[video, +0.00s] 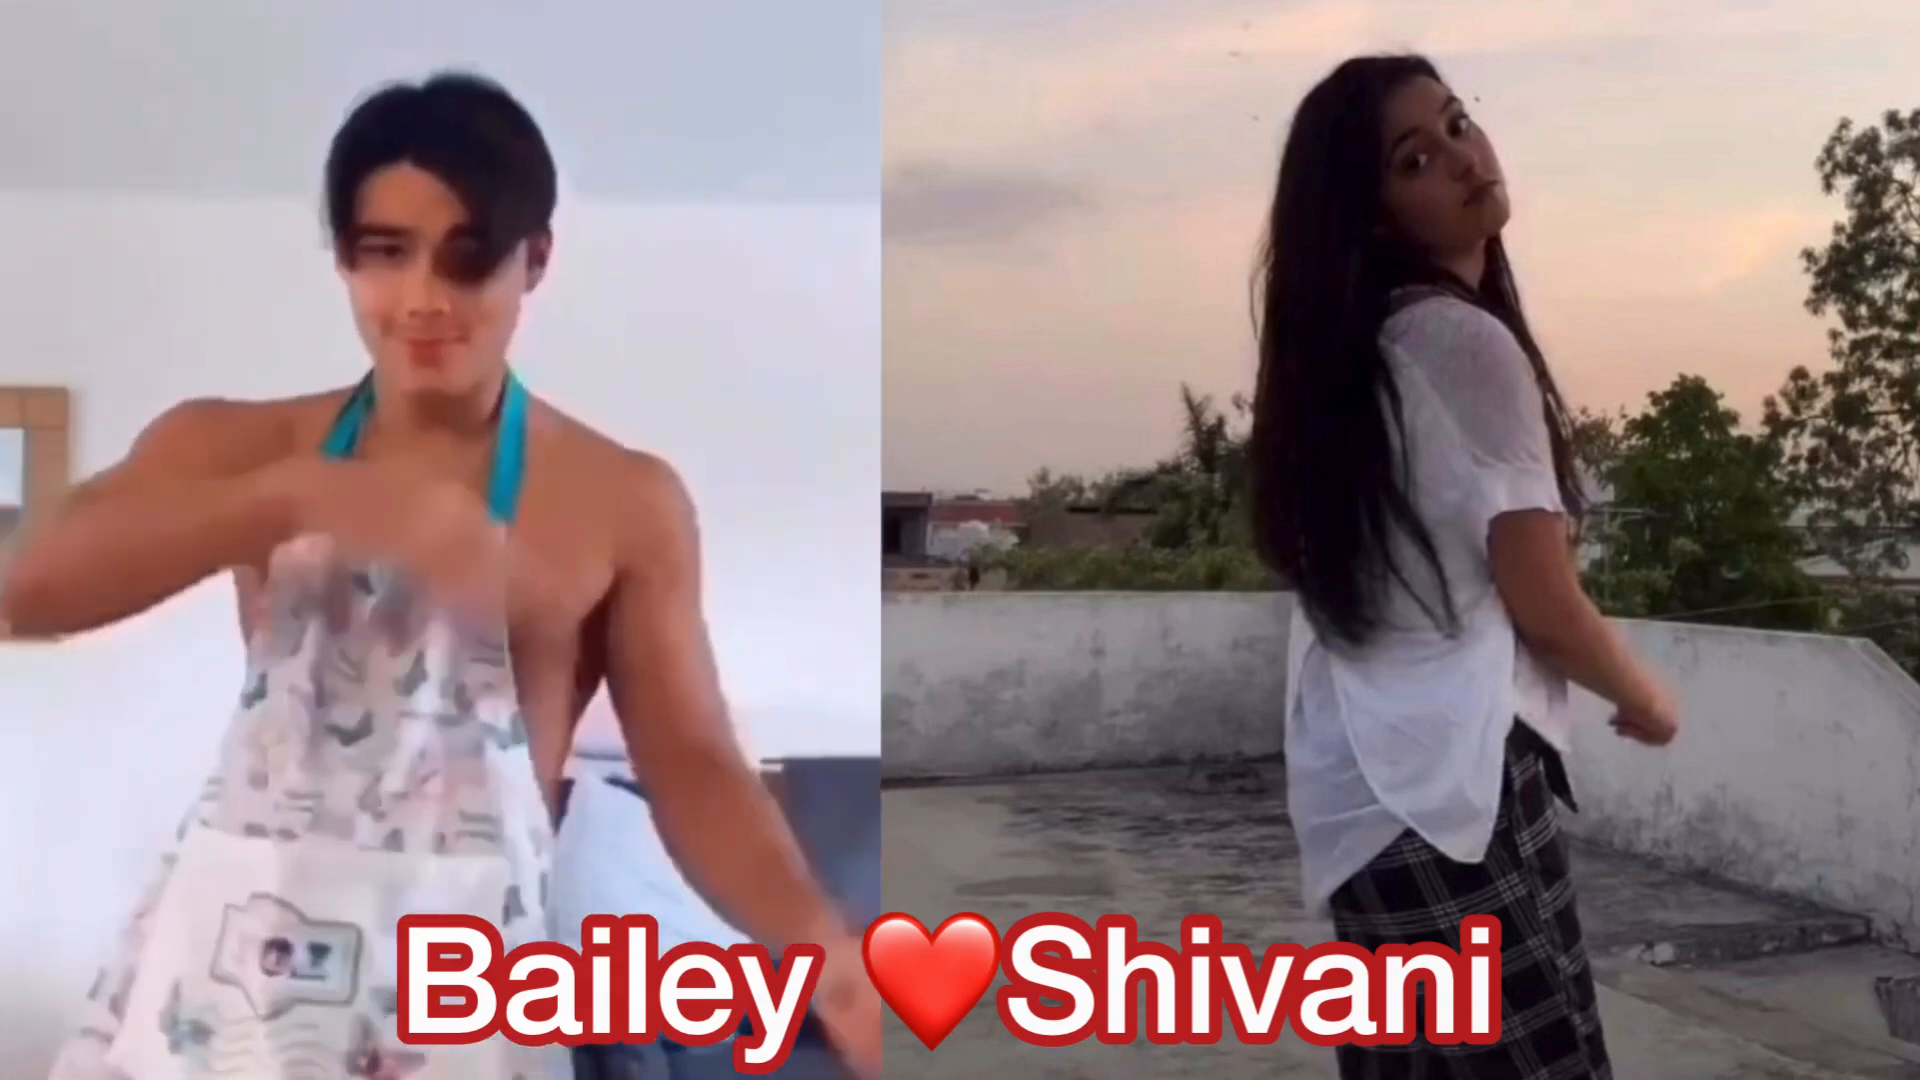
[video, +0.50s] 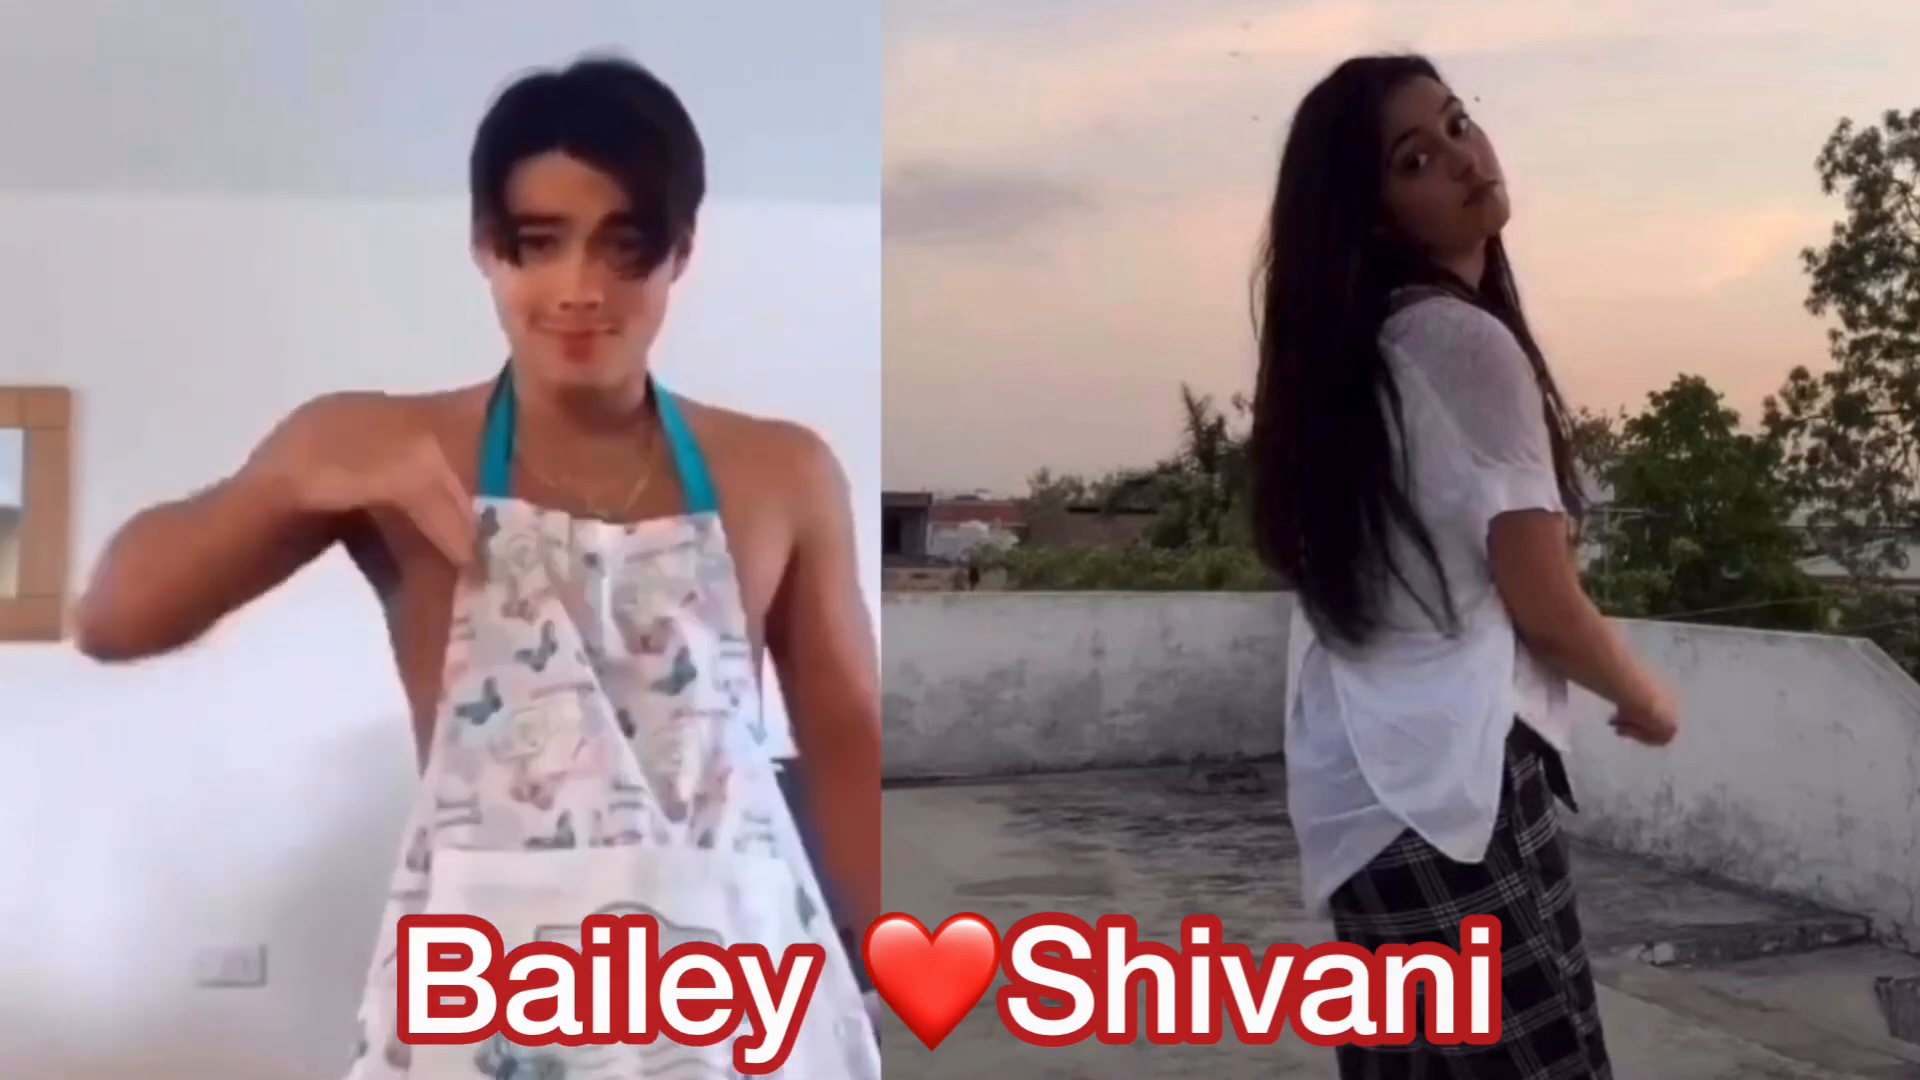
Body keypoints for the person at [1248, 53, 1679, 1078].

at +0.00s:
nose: (1466, 157)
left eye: (1459, 125)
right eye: (1417, 158)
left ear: (1480, 128)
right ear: (1370, 211)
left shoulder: (1353, 333)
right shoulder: (1465, 339)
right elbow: (1546, 604)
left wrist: (1560, 666)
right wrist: (1643, 697)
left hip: (1361, 783)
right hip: (1452, 789)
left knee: (1397, 1056)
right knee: (1545, 1056)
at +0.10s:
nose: (1466, 158)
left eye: (1459, 125)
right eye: (1417, 158)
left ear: (1480, 129)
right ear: (1370, 210)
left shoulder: (1356, 333)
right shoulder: (1465, 339)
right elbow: (1547, 606)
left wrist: (1564, 666)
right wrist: (1642, 696)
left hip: (1364, 785)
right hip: (1453, 790)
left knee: (1398, 1057)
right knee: (1545, 1056)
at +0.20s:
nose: (1466, 158)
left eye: (1459, 125)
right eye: (1417, 158)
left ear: (1480, 129)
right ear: (1370, 210)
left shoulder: (1356, 333)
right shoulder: (1465, 339)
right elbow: (1547, 606)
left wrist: (1564, 666)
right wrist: (1642, 696)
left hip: (1364, 785)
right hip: (1453, 790)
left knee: (1398, 1057)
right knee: (1545, 1056)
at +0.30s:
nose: (1466, 158)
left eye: (1459, 125)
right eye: (1417, 158)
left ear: (1480, 129)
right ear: (1370, 210)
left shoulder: (1355, 333)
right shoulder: (1465, 339)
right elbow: (1546, 604)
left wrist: (1561, 666)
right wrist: (1642, 696)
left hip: (1362, 783)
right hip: (1452, 789)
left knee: (1397, 1056)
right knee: (1545, 1056)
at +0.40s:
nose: (1466, 157)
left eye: (1459, 125)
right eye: (1417, 158)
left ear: (1480, 128)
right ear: (1371, 211)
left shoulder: (1356, 333)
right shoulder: (1465, 339)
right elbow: (1547, 605)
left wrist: (1562, 666)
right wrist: (1643, 696)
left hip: (1363, 784)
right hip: (1452, 790)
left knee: (1398, 1057)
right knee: (1545, 1057)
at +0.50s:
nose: (1466, 157)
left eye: (1459, 125)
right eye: (1417, 158)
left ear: (1480, 128)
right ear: (1371, 211)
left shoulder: (1356, 333)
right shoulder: (1465, 339)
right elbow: (1547, 605)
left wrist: (1562, 666)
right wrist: (1643, 696)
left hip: (1363, 784)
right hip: (1452, 790)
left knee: (1398, 1057)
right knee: (1545, 1057)